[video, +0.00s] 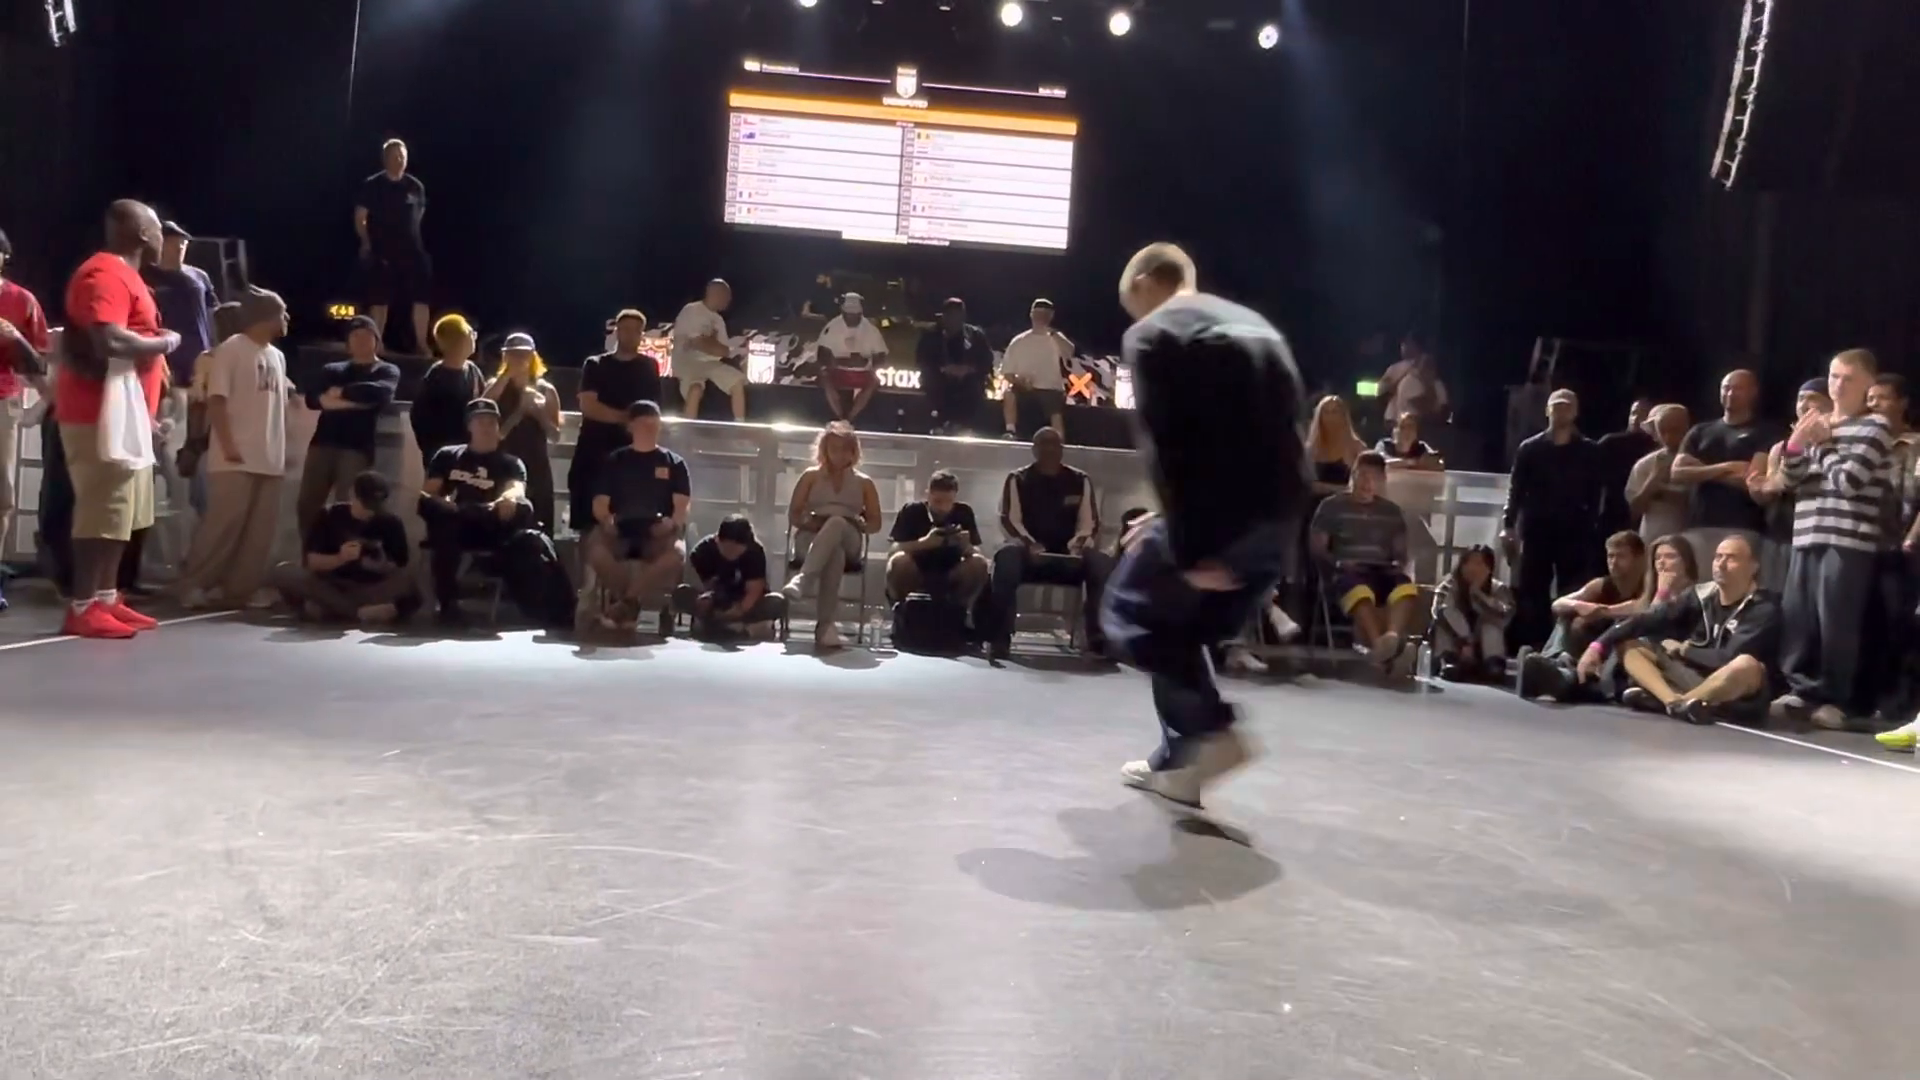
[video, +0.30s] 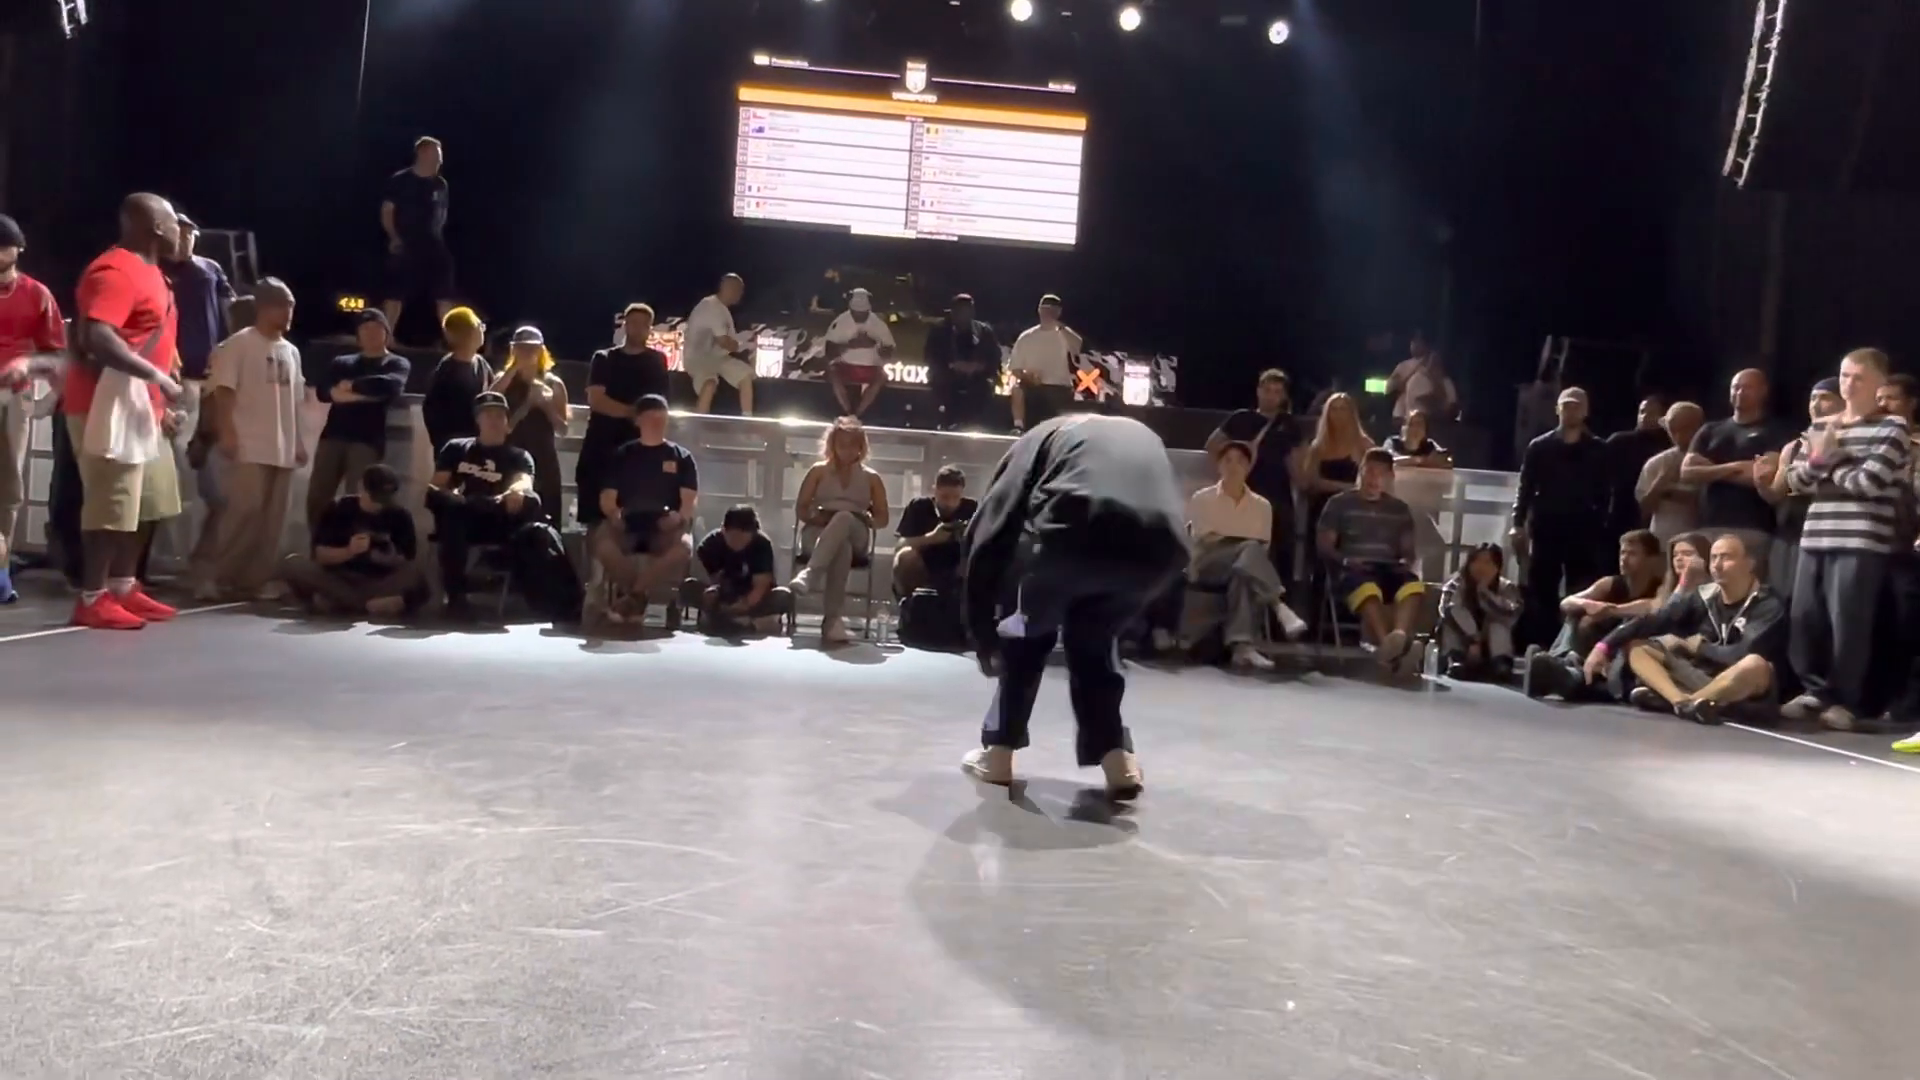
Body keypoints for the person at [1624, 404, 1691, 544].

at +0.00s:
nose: (1669, 437)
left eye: (1675, 430)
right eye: (1663, 431)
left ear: (1686, 430)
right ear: (1657, 433)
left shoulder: (1696, 461)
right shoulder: (1644, 465)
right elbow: (1634, 509)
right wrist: (1654, 479)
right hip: (1652, 537)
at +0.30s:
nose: (1677, 436)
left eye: (1683, 429)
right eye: (1673, 430)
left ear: (1698, 428)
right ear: (1668, 430)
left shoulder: (1709, 462)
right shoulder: (1656, 464)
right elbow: (1643, 510)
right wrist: (1661, 481)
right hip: (1662, 542)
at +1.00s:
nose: (1694, 437)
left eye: (1700, 430)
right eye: (1689, 431)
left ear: (1715, 428)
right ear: (1685, 431)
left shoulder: (1725, 460)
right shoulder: (1672, 464)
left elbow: (1725, 500)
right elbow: (1658, 508)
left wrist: (1685, 493)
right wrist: (1675, 480)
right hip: (1677, 539)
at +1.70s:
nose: (1710, 429)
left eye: (1717, 421)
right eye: (1705, 422)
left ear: (1729, 421)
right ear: (1700, 424)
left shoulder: (1739, 455)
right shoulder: (1686, 457)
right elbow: (1672, 499)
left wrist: (1697, 487)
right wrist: (1690, 474)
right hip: (1691, 536)